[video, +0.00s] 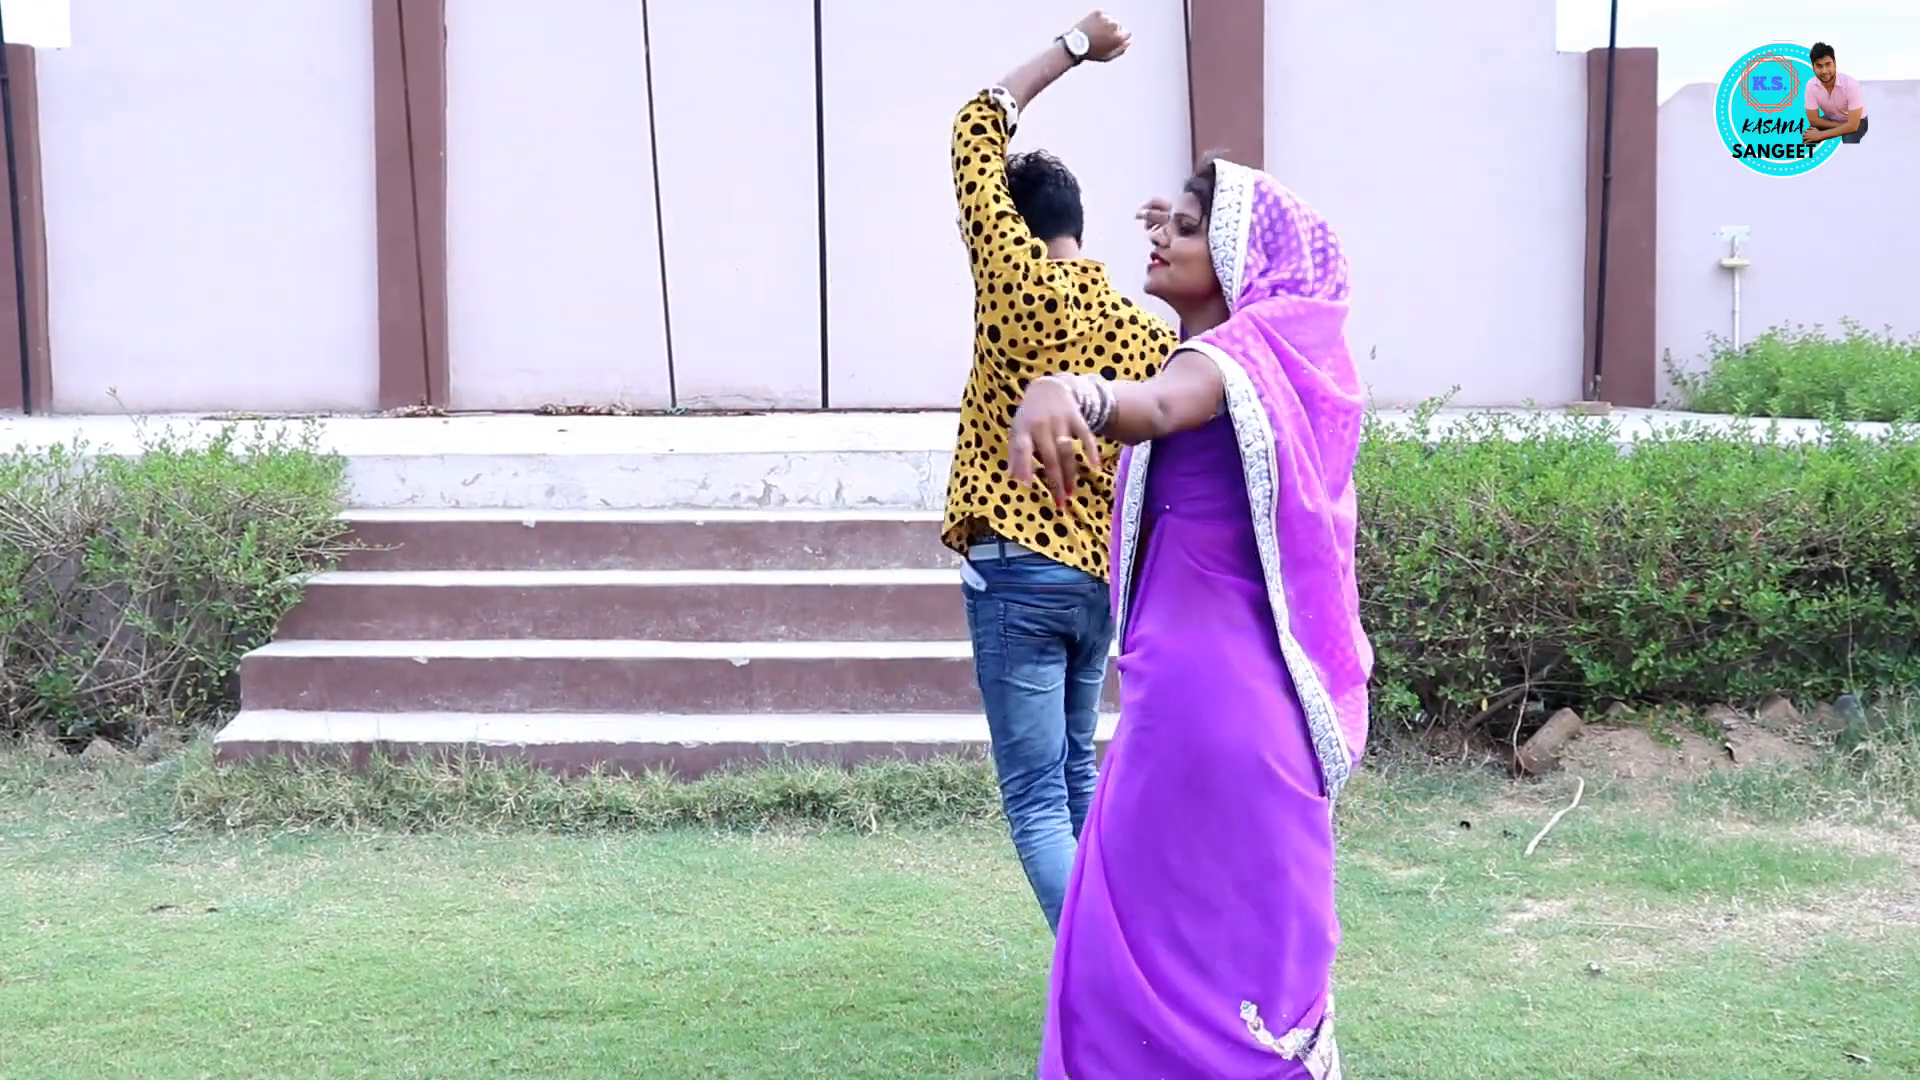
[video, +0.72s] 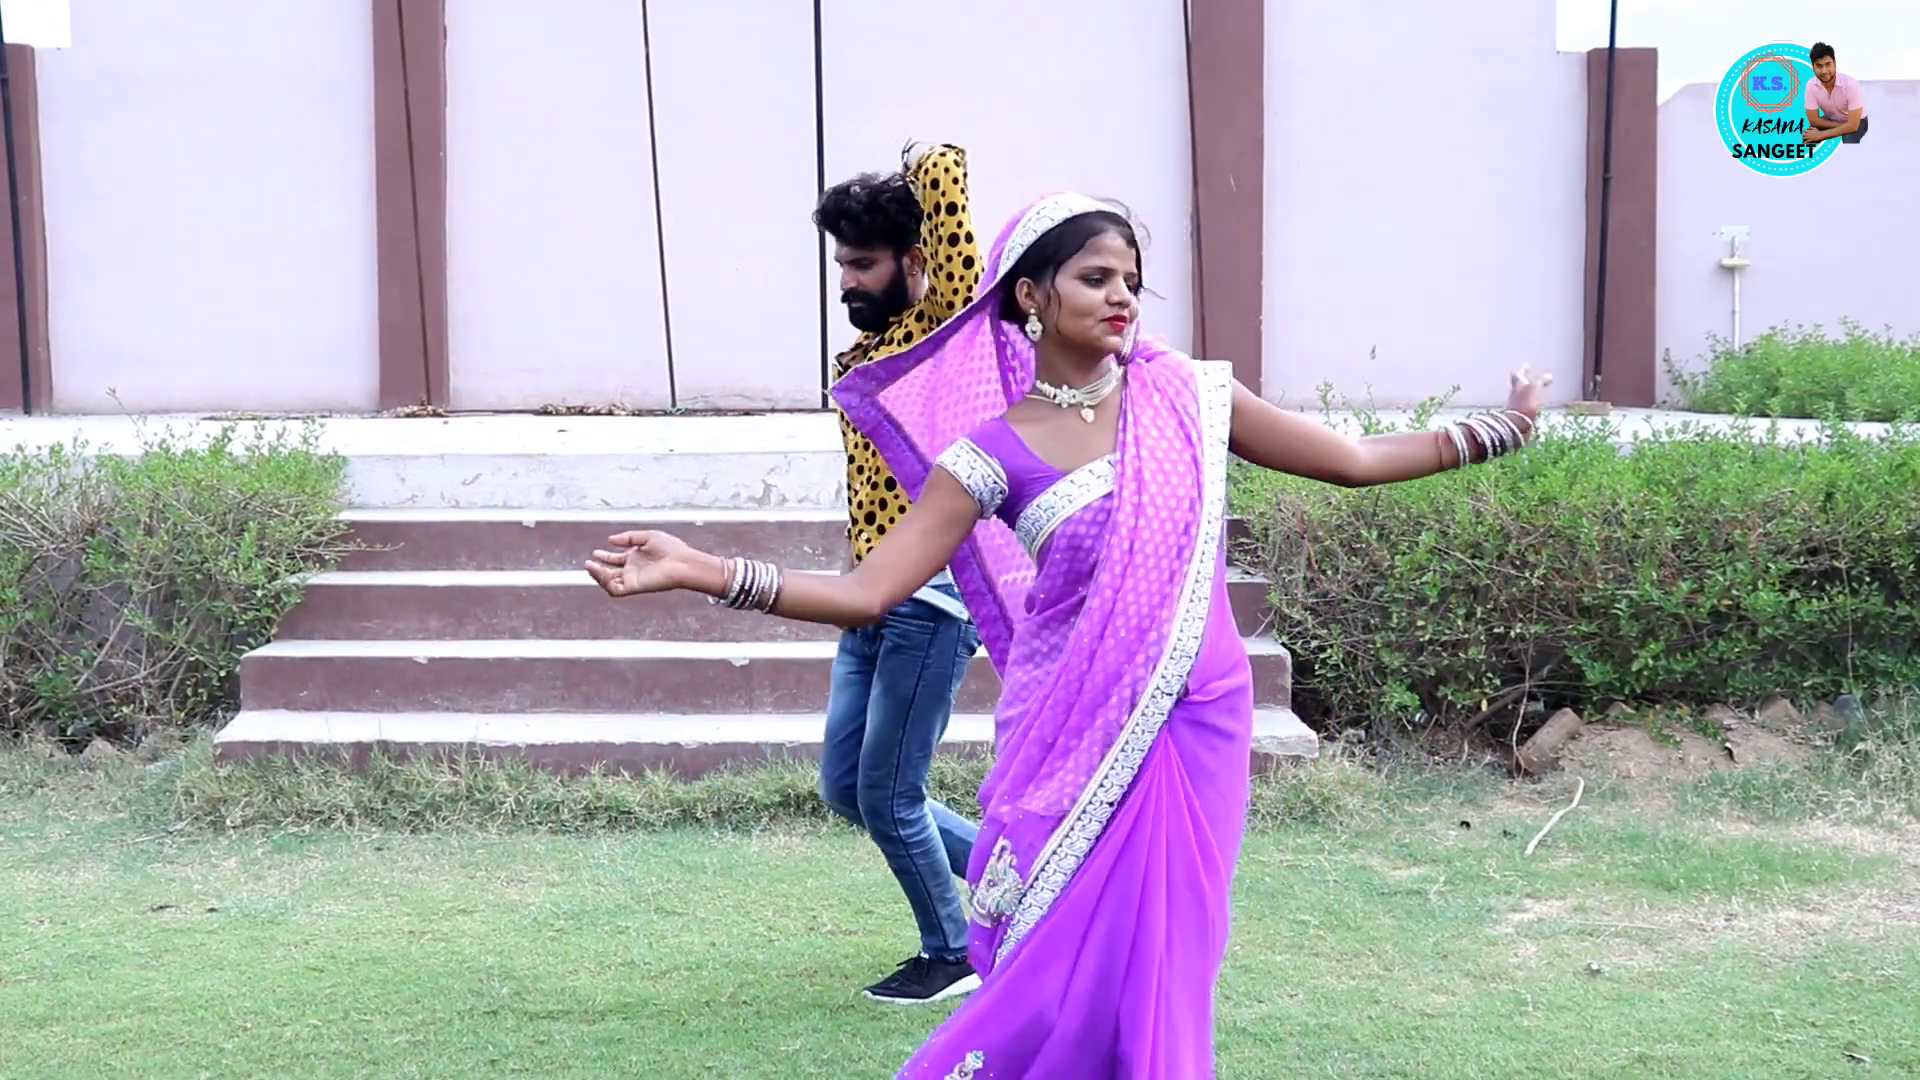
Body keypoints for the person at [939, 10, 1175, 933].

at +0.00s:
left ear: (1009, 225)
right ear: (1085, 230)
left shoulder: (1016, 280)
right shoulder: (1143, 328)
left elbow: (977, 134)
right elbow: (1178, 441)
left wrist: (1072, 46)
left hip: (1017, 574)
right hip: (1102, 582)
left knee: (1038, 803)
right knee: (1080, 774)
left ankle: (1106, 981)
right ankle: (1127, 957)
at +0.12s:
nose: (972, 251)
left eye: (974, 237)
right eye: (968, 240)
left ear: (1003, 233)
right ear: (1066, 231)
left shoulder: (1025, 292)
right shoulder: (1102, 312)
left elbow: (976, 142)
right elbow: (1112, 450)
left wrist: (1091, 126)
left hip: (1023, 586)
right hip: (1092, 583)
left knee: (1009, 807)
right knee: (1067, 796)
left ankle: (1118, 964)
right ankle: (1122, 982)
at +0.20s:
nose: (976, 285)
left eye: (979, 267)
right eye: (974, 269)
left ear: (1008, 256)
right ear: (1053, 255)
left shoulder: (1027, 315)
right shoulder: (1090, 325)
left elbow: (976, 169)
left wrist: (1077, 178)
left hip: (1022, 597)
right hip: (1072, 592)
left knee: (964, 805)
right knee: (1049, 786)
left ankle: (1097, 939)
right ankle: (1128, 942)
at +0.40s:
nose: (931, 262)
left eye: (942, 245)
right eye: (927, 246)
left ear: (983, 237)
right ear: (954, 243)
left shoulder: (1016, 299)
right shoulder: (996, 307)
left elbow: (985, 159)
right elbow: (972, 153)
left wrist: (986, 30)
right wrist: (984, 38)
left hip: (997, 569)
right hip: (1016, 568)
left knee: (921, 767)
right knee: (1028, 760)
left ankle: (1023, 923)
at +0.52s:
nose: (902, 244)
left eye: (917, 230)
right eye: (897, 229)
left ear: (963, 221)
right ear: (910, 222)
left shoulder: (996, 288)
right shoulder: (944, 310)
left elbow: (966, 135)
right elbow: (953, 445)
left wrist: (953, 24)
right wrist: (918, 540)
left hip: (980, 568)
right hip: (955, 564)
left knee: (933, 765)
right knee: (960, 762)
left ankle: (954, 948)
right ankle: (972, 945)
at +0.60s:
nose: (880, 255)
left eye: (896, 243)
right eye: (875, 240)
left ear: (945, 238)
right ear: (879, 235)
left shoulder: (976, 307)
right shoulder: (915, 332)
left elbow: (963, 187)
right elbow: (914, 458)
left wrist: (940, 71)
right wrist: (886, 552)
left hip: (959, 581)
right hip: (935, 579)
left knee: (918, 786)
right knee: (955, 778)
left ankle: (962, 949)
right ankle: (982, 944)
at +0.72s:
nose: (848, 279)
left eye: (862, 265)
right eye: (843, 264)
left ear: (913, 260)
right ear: (842, 259)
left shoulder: (953, 333)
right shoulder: (874, 348)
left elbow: (943, 179)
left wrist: (921, 167)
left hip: (931, 608)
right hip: (870, 606)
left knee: (891, 795)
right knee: (848, 786)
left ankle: (952, 952)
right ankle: (1005, 860)